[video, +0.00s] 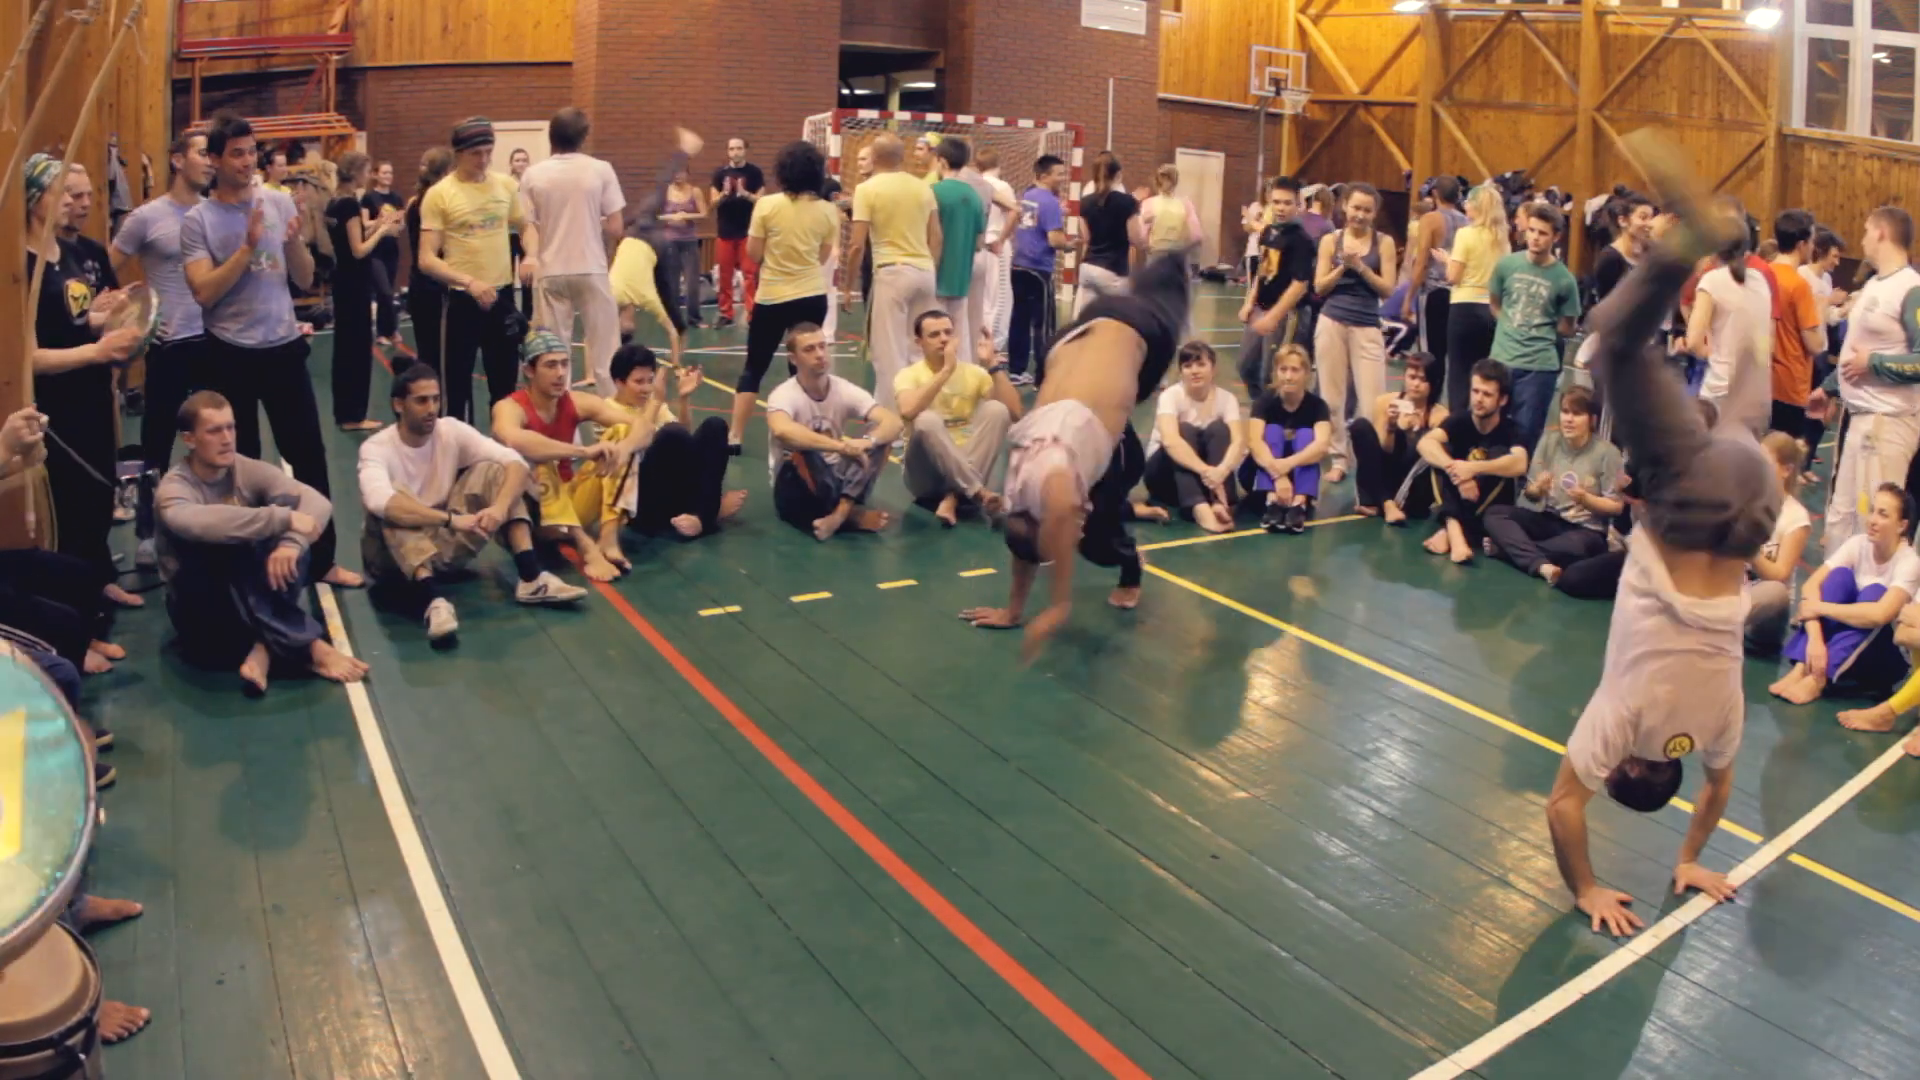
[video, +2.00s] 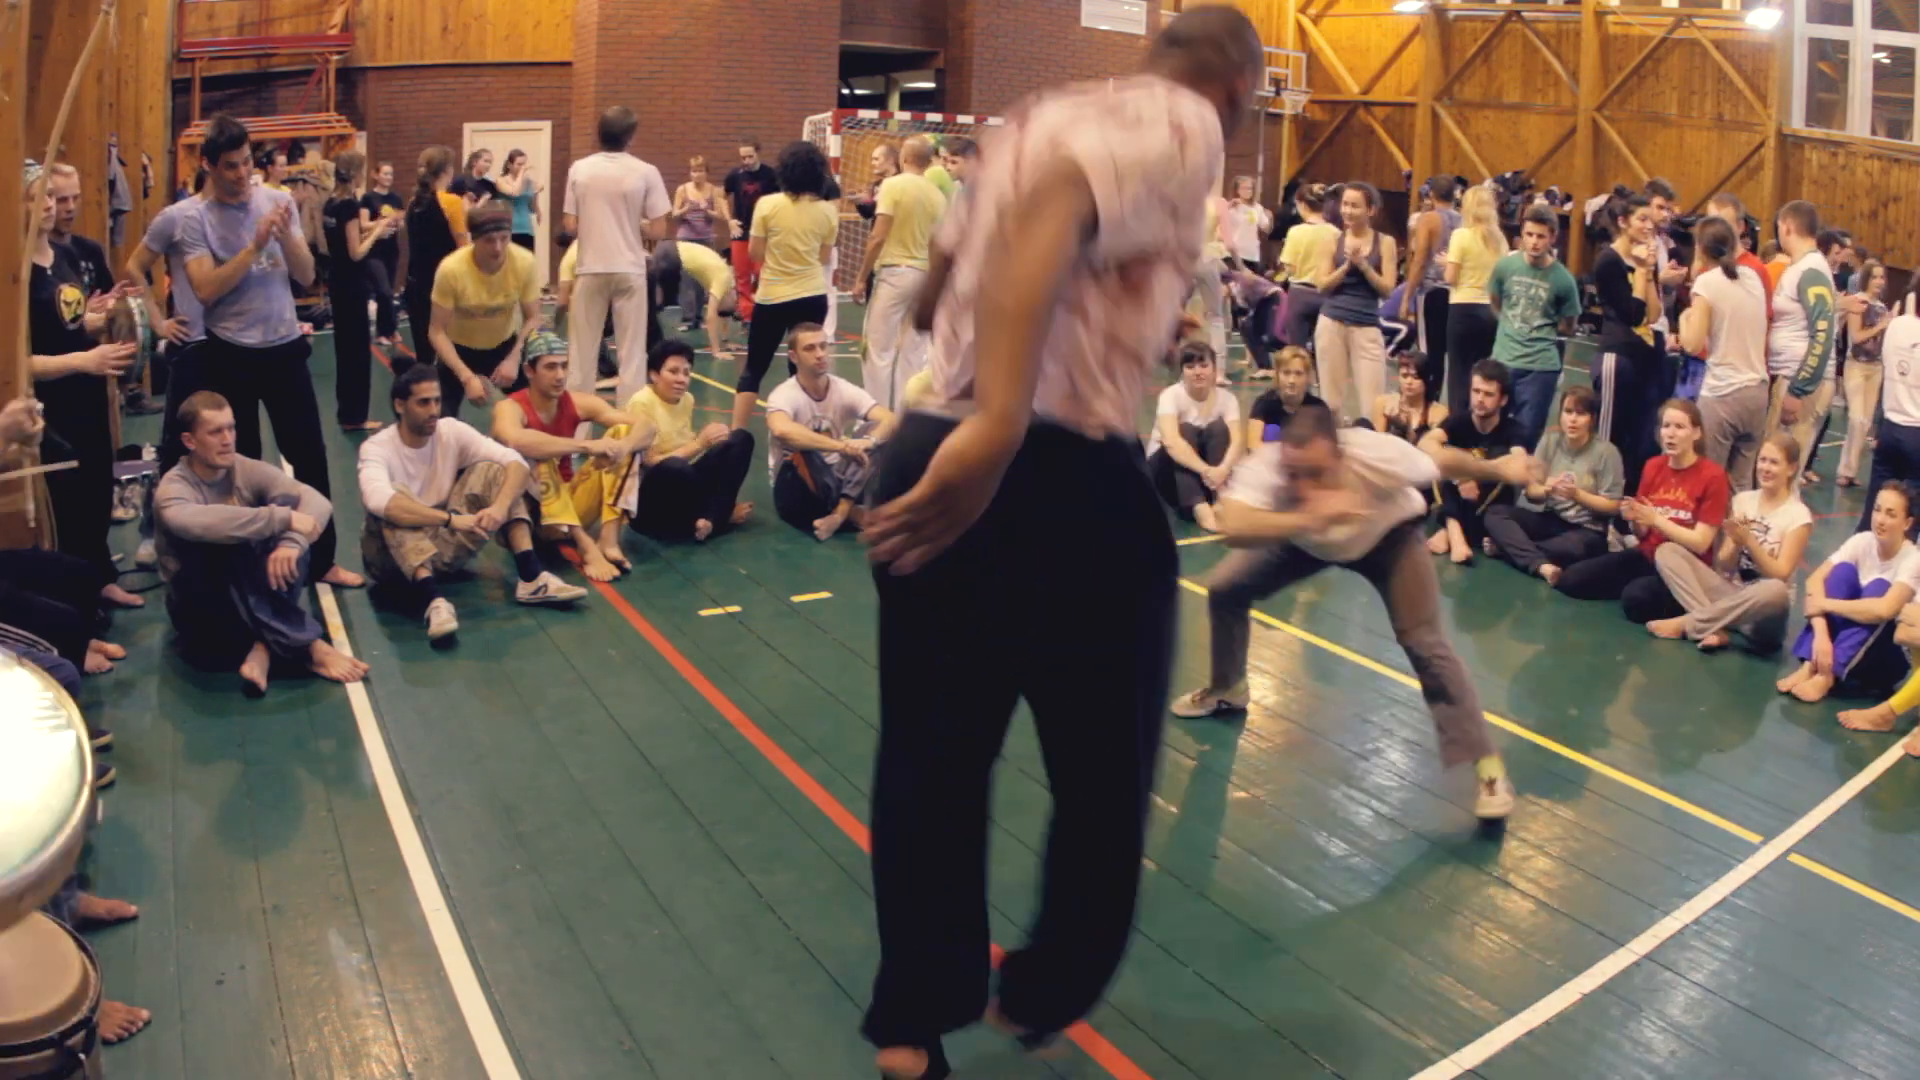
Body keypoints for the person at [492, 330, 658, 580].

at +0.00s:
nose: (560, 373)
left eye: (564, 364)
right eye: (550, 366)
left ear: (570, 366)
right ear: (529, 370)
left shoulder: (579, 402)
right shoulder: (509, 408)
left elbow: (644, 426)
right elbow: (514, 441)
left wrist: (625, 447)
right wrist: (582, 451)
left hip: (575, 506)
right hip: (529, 513)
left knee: (623, 432)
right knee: (541, 465)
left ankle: (609, 537)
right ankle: (586, 545)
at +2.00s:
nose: (560, 375)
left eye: (564, 366)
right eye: (550, 367)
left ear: (569, 367)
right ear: (530, 370)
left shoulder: (581, 403)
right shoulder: (510, 408)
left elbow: (646, 427)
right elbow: (516, 441)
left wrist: (624, 446)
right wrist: (586, 445)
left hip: (572, 508)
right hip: (527, 514)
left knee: (621, 446)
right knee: (541, 464)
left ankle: (609, 538)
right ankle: (587, 546)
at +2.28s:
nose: (557, 374)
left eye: (562, 366)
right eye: (547, 366)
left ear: (568, 367)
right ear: (529, 369)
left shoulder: (579, 402)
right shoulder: (509, 407)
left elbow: (646, 427)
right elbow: (514, 440)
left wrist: (624, 447)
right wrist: (587, 447)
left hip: (572, 507)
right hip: (527, 514)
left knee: (623, 432)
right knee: (541, 464)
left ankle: (609, 538)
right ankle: (587, 546)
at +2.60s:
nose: (555, 375)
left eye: (561, 367)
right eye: (546, 367)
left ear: (568, 369)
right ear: (530, 369)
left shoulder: (579, 403)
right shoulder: (511, 405)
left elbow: (636, 425)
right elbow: (512, 439)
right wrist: (586, 449)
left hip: (569, 507)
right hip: (525, 509)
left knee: (620, 440)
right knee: (543, 465)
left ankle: (609, 540)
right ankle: (586, 546)